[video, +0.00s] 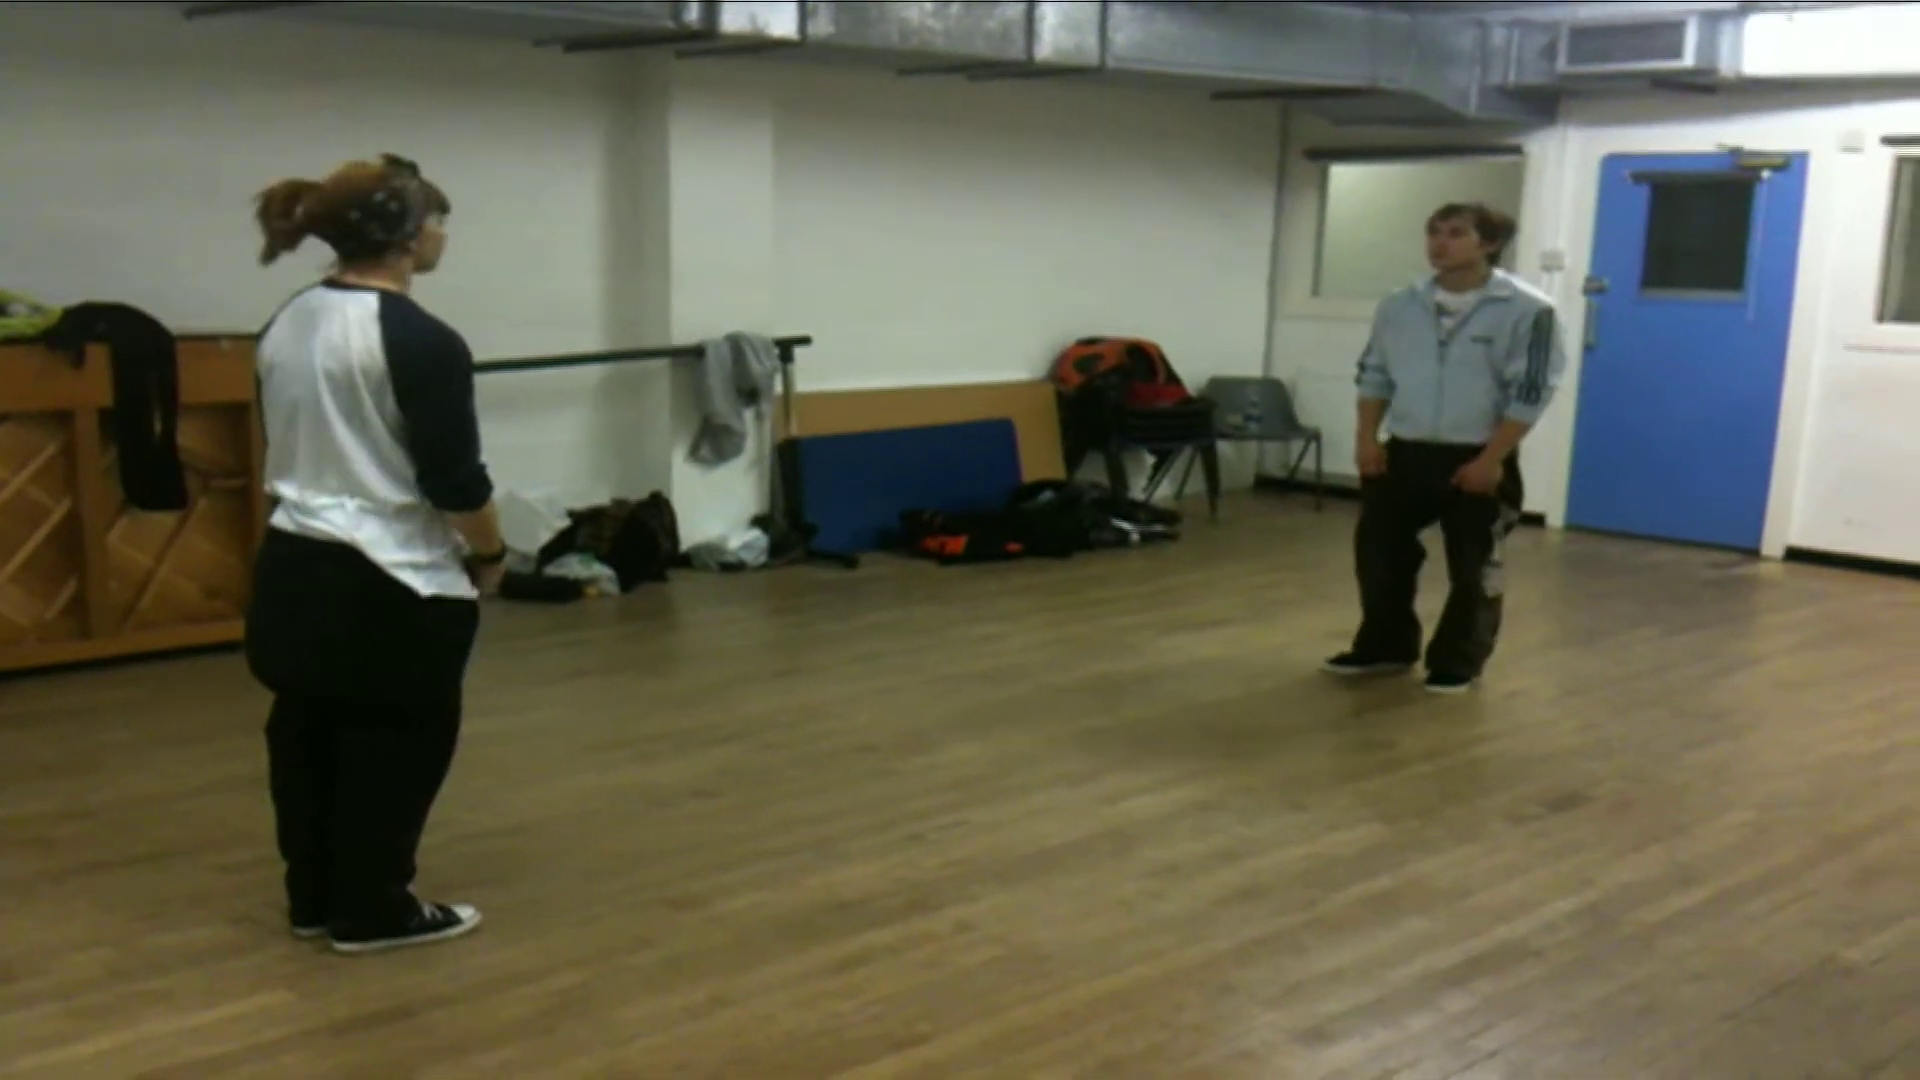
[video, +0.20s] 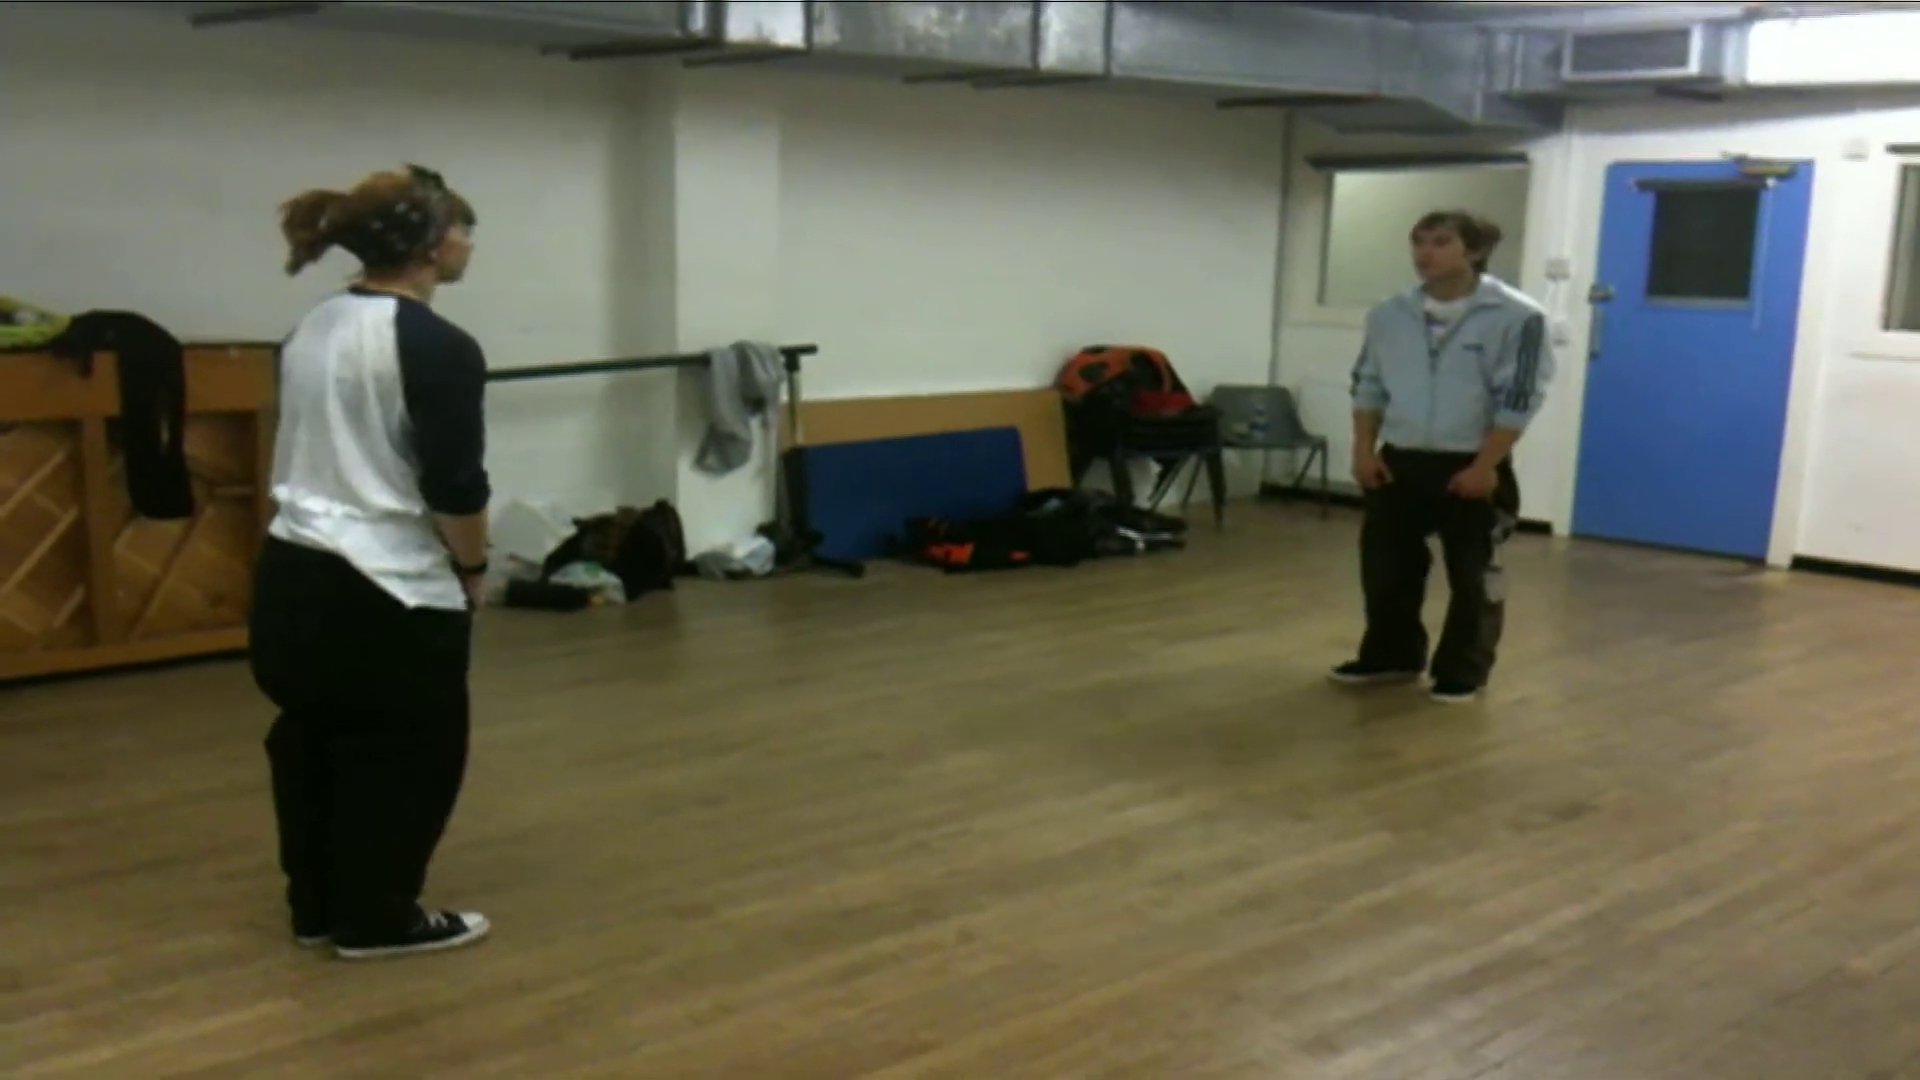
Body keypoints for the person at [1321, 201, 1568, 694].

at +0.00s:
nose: (1441, 242)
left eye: (1456, 234)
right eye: (1435, 233)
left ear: (1487, 244)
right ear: (1426, 243)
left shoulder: (1528, 312)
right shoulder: (1399, 307)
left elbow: (1529, 396)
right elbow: (1375, 377)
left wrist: (1492, 457)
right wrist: (1366, 437)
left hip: (1479, 461)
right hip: (1407, 457)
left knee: (1474, 570)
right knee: (1378, 546)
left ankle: (1456, 662)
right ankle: (1386, 643)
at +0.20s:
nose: (1426, 253)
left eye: (1440, 243)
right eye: (1419, 244)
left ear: (1471, 252)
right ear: (1412, 252)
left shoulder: (1517, 318)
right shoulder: (1389, 316)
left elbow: (1518, 403)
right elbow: (1369, 387)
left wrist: (1486, 464)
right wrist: (1364, 448)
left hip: (1471, 468)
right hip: (1401, 465)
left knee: (1473, 577)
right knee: (1385, 563)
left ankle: (1461, 669)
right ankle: (1391, 652)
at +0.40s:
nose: (1411, 254)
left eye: (1424, 244)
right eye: (1405, 245)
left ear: (1456, 251)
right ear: (1398, 253)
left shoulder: (1505, 317)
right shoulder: (1377, 315)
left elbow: (1512, 401)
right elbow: (1358, 384)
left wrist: (1481, 463)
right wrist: (1361, 441)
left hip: (1464, 466)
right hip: (1394, 463)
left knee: (1472, 572)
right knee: (1381, 559)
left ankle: (1464, 667)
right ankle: (1393, 650)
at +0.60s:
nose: (1375, 265)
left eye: (1389, 255)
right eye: (1369, 256)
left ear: (1423, 261)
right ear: (1363, 263)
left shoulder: (1474, 317)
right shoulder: (1349, 325)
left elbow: (1485, 399)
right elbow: (1334, 397)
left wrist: (1443, 458)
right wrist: (1331, 464)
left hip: (1440, 465)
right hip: (1372, 464)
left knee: (1427, 554)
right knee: (1358, 550)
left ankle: (1456, 654)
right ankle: (1386, 644)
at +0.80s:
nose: (1329, 294)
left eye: (1343, 284)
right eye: (1324, 284)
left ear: (1376, 290)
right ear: (1317, 290)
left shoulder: (1419, 333)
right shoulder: (1301, 347)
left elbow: (1455, 398)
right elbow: (1284, 419)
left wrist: (1398, 459)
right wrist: (1302, 471)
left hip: (1428, 462)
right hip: (1357, 464)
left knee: (1366, 534)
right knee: (1320, 561)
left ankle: (1380, 636)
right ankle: (1385, 637)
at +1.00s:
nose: (1239, 339)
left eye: (1252, 329)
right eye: (1235, 329)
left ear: (1288, 334)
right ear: (1232, 333)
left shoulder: (1341, 375)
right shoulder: (1253, 375)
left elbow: (1421, 436)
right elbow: (1249, 437)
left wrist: (1384, 505)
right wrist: (1267, 485)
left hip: (1382, 498)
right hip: (1317, 495)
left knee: (1350, 599)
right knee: (1294, 585)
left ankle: (1318, 711)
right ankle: (1390, 644)